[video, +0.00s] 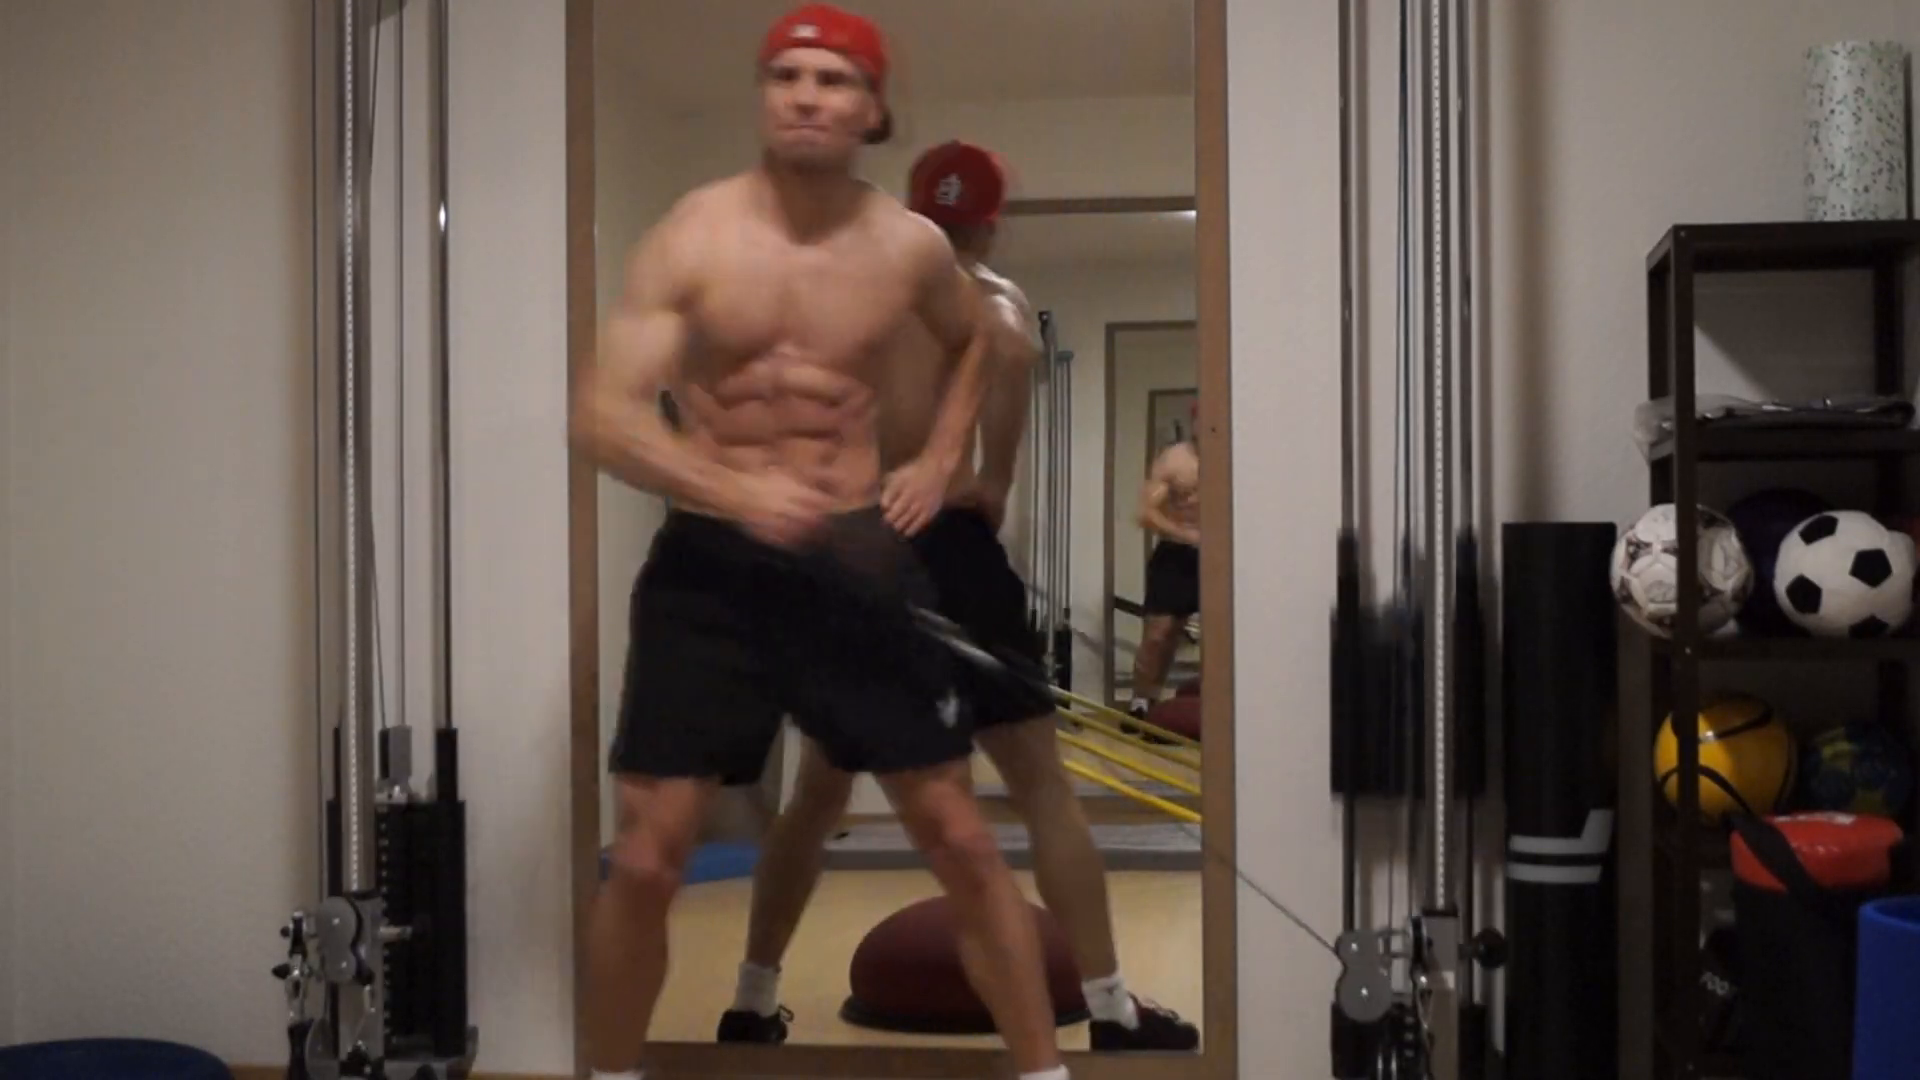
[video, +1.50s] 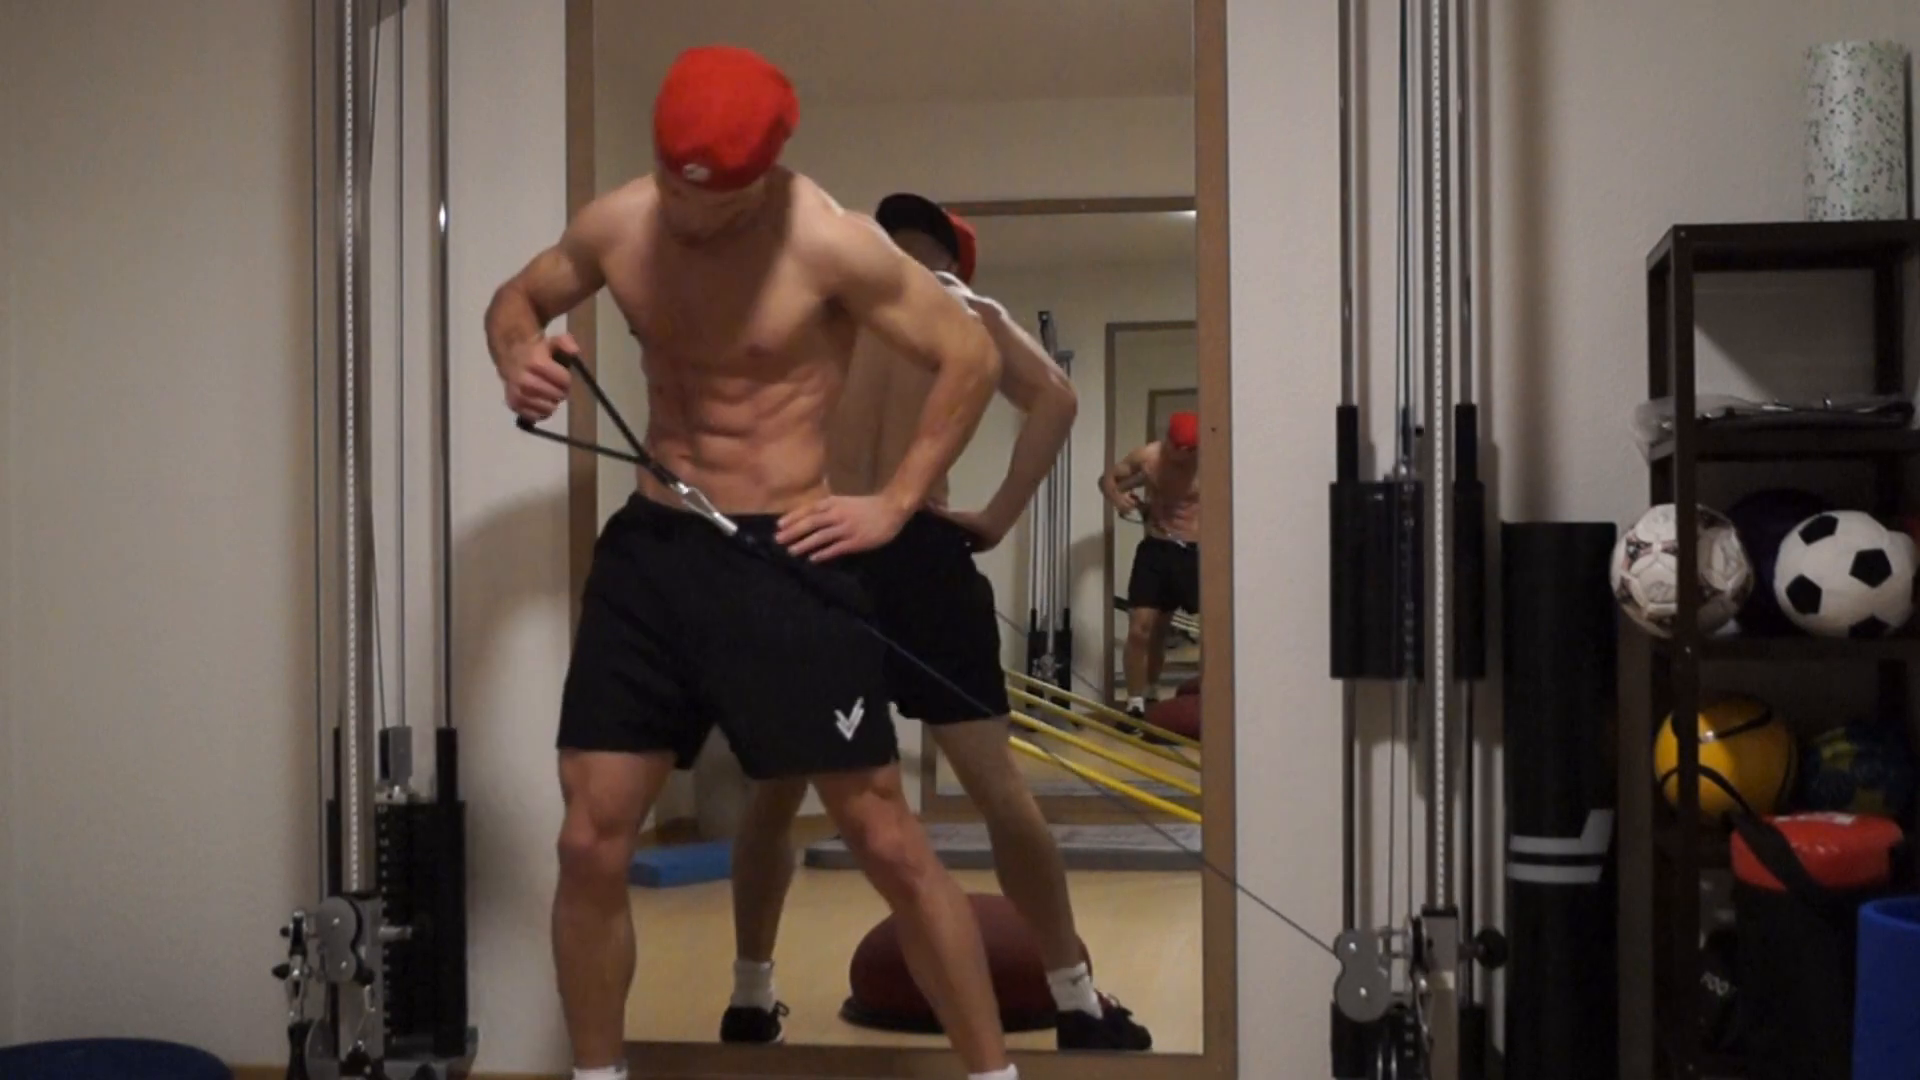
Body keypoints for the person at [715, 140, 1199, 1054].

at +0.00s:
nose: (997, 228)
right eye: (995, 214)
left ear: (913, 212)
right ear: (992, 222)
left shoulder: (860, 291)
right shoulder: (1007, 318)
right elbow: (997, 478)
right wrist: (980, 498)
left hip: (850, 545)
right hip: (959, 556)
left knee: (815, 798)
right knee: (1045, 788)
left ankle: (753, 997)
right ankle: (1110, 1005)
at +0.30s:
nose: (945, 230)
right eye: (948, 215)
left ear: (859, 207)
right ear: (944, 217)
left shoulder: (801, 288)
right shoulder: (973, 297)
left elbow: (667, 385)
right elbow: (1071, 376)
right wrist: (1017, 495)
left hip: (817, 554)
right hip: (943, 552)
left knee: (786, 796)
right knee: (1016, 780)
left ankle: (750, 1004)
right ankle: (1084, 998)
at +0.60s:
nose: (1036, 227)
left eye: (1026, 214)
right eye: (1034, 213)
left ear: (947, 209)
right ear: (1020, 216)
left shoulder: (892, 276)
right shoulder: (1025, 293)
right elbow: (1032, 382)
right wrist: (1023, 500)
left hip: (880, 546)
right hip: (987, 550)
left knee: (821, 795)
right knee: (1056, 783)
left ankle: (753, 996)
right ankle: (1086, 1003)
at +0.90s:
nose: (1101, 271)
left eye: (1105, 256)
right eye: (1096, 251)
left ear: (1048, 236)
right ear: (1048, 233)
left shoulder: (1012, 334)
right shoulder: (981, 286)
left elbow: (1051, 473)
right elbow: (925, 437)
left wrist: (1122, 579)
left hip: (912, 569)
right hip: (962, 573)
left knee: (849, 790)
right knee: (1058, 782)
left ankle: (756, 989)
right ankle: (1090, 1007)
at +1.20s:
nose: (1029, 298)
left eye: (1035, 283)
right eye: (1031, 278)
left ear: (970, 245)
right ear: (1004, 252)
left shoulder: (896, 294)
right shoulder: (969, 301)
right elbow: (955, 420)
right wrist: (988, 524)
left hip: (874, 554)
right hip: (953, 561)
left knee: (833, 792)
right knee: (1034, 779)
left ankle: (762, 993)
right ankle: (1083, 1000)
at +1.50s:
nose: (950, 278)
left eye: (934, 265)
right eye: (956, 266)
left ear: (865, 242)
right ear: (954, 260)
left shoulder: (811, 298)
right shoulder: (970, 312)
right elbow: (1052, 394)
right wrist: (997, 517)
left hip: (802, 569)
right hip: (921, 561)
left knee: (773, 797)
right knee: (1001, 791)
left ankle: (751, 995)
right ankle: (1078, 1000)